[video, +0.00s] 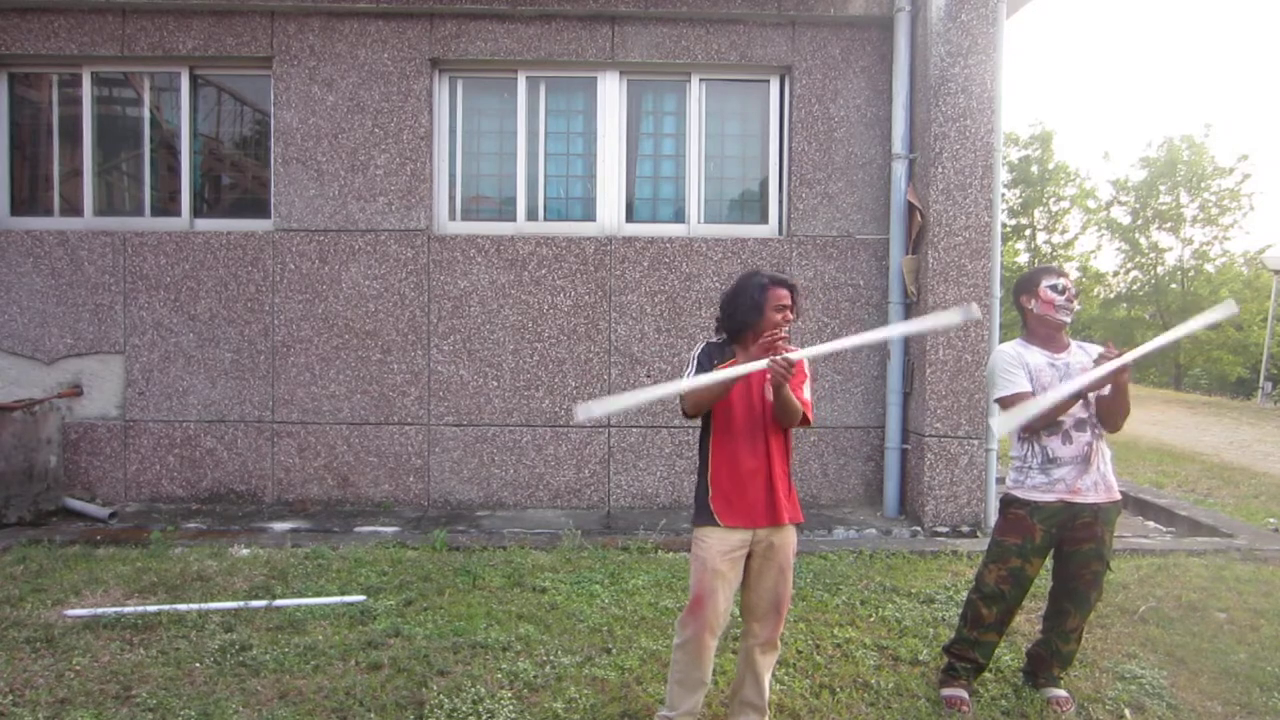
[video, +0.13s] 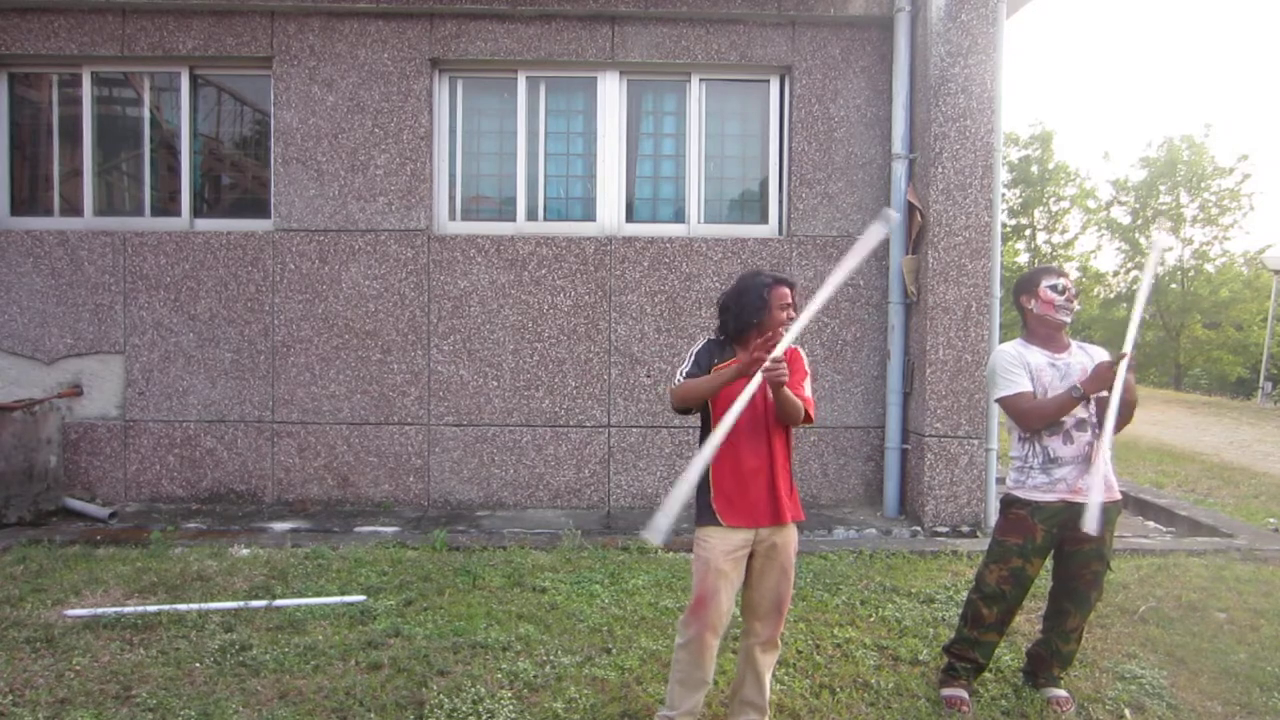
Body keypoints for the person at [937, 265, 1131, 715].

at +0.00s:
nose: (1069, 298)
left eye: (1072, 293)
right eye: (1057, 289)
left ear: (1075, 307)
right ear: (1027, 301)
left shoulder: (1092, 356)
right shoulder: (1008, 356)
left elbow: (1113, 422)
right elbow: (1028, 423)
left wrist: (1119, 376)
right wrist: (1082, 387)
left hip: (1094, 498)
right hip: (1033, 496)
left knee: (1078, 597)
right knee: (997, 588)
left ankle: (1045, 673)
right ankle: (958, 675)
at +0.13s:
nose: (1069, 297)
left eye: (1072, 292)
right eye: (1057, 289)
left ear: (1074, 306)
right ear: (1027, 301)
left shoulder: (1092, 357)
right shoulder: (1009, 356)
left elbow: (1113, 423)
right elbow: (1029, 418)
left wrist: (1126, 388)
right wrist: (1086, 388)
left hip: (1094, 498)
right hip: (1033, 498)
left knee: (1078, 597)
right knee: (997, 588)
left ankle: (1046, 673)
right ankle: (958, 675)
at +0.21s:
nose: (1068, 299)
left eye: (1072, 293)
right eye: (1057, 290)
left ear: (1074, 306)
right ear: (1027, 301)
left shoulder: (1092, 357)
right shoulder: (1008, 356)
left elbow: (1111, 425)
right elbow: (1030, 418)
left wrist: (1118, 393)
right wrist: (1084, 384)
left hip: (1094, 498)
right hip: (1034, 497)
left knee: (1079, 597)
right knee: (998, 587)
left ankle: (1045, 673)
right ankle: (958, 675)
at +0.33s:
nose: (1066, 298)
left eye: (1068, 292)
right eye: (1054, 290)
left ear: (1072, 307)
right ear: (1025, 303)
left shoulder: (1092, 357)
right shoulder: (1008, 356)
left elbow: (1110, 427)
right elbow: (1030, 418)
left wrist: (1114, 402)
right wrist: (1080, 380)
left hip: (1095, 498)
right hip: (1034, 496)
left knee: (1079, 596)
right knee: (998, 587)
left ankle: (1045, 673)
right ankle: (958, 675)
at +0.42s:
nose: (1067, 297)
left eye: (1071, 292)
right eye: (1054, 290)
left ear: (1076, 305)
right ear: (1026, 303)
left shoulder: (1091, 357)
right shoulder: (1008, 356)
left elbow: (1111, 426)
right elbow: (1029, 418)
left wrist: (1117, 392)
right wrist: (1078, 380)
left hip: (1094, 498)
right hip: (1033, 497)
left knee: (1078, 597)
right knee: (997, 588)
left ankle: (1045, 673)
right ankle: (958, 675)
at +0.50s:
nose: (1067, 297)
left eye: (1071, 291)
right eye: (1054, 290)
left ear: (1075, 304)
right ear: (1026, 303)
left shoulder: (1093, 357)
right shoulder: (1009, 354)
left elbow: (1112, 424)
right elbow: (1026, 418)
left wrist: (1117, 391)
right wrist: (1074, 381)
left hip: (1094, 499)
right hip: (1033, 497)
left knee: (1078, 598)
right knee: (997, 588)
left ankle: (1046, 673)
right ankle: (958, 675)